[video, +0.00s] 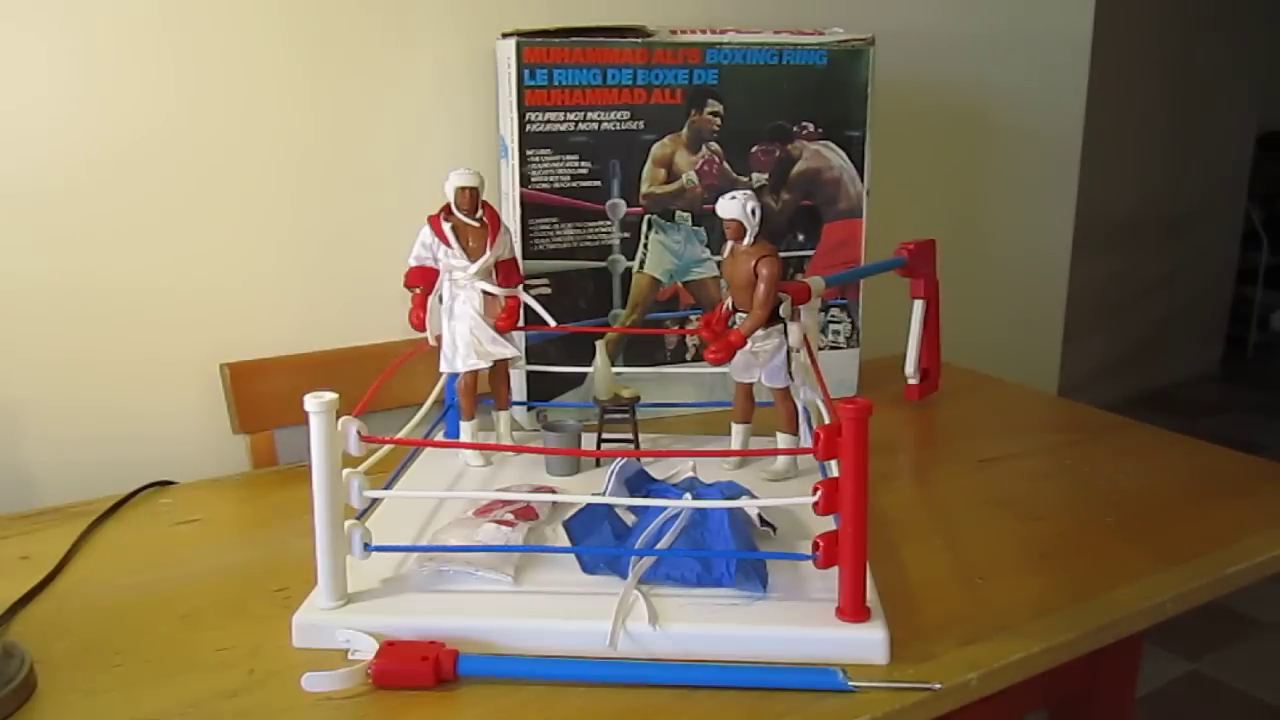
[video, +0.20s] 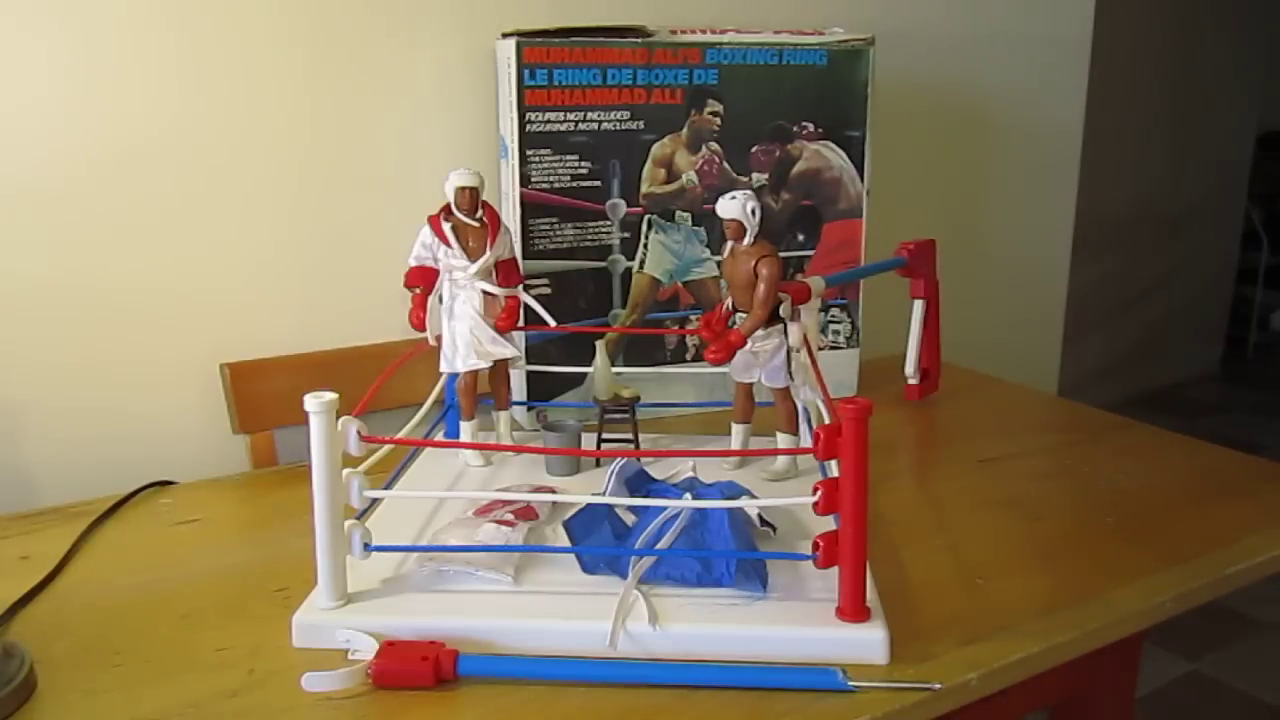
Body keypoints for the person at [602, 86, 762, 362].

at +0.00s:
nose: (719, 122)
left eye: (720, 116)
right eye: (714, 115)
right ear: (694, 114)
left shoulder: (712, 150)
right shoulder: (664, 148)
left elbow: (732, 182)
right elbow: (646, 196)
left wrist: (755, 181)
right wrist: (682, 183)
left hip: (693, 237)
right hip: (660, 234)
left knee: (719, 309)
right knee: (635, 313)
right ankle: (596, 370)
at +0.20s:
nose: (719, 122)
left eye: (720, 116)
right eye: (714, 115)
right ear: (694, 115)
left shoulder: (712, 150)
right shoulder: (664, 149)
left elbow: (731, 182)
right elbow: (646, 195)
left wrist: (757, 180)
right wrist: (683, 183)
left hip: (693, 237)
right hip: (660, 234)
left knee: (719, 309)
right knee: (635, 314)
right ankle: (597, 370)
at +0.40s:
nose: (718, 122)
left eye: (720, 116)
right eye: (713, 114)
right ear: (694, 114)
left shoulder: (712, 150)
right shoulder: (665, 148)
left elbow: (731, 182)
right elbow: (646, 195)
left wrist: (757, 181)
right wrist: (683, 183)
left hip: (694, 237)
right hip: (660, 235)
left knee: (720, 309)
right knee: (635, 314)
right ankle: (597, 369)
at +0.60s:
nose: (718, 122)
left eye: (720, 116)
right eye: (713, 114)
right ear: (694, 114)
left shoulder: (712, 150)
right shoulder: (665, 148)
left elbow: (730, 182)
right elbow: (646, 195)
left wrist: (754, 182)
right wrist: (683, 184)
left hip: (694, 238)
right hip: (660, 235)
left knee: (720, 310)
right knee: (634, 315)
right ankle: (596, 369)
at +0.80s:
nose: (719, 122)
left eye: (720, 116)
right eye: (713, 114)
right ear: (693, 115)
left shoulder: (712, 150)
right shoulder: (665, 148)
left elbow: (730, 182)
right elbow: (646, 196)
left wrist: (755, 181)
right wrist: (683, 183)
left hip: (694, 237)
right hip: (660, 234)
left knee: (719, 309)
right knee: (635, 313)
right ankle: (596, 372)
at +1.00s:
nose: (719, 122)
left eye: (720, 116)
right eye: (713, 115)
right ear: (693, 115)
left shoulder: (712, 150)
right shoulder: (665, 148)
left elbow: (731, 182)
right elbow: (646, 196)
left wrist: (754, 181)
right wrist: (682, 183)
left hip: (693, 236)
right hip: (660, 234)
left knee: (719, 309)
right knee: (635, 313)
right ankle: (596, 370)